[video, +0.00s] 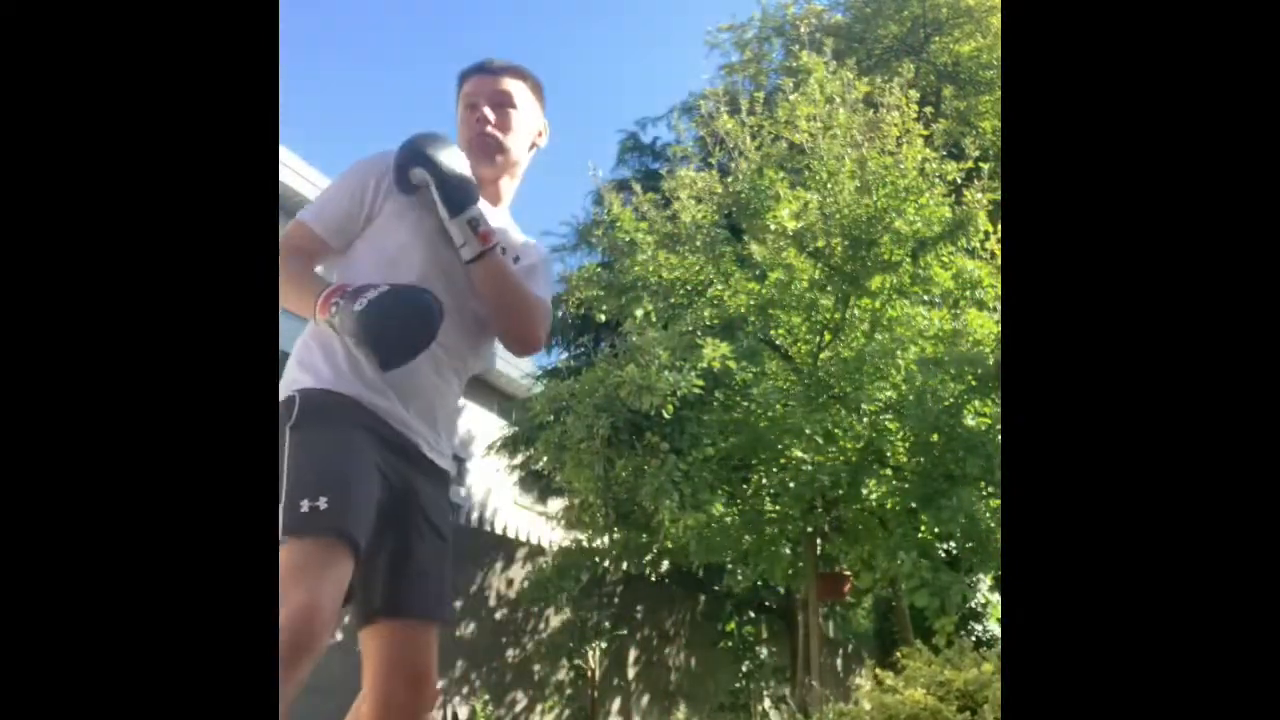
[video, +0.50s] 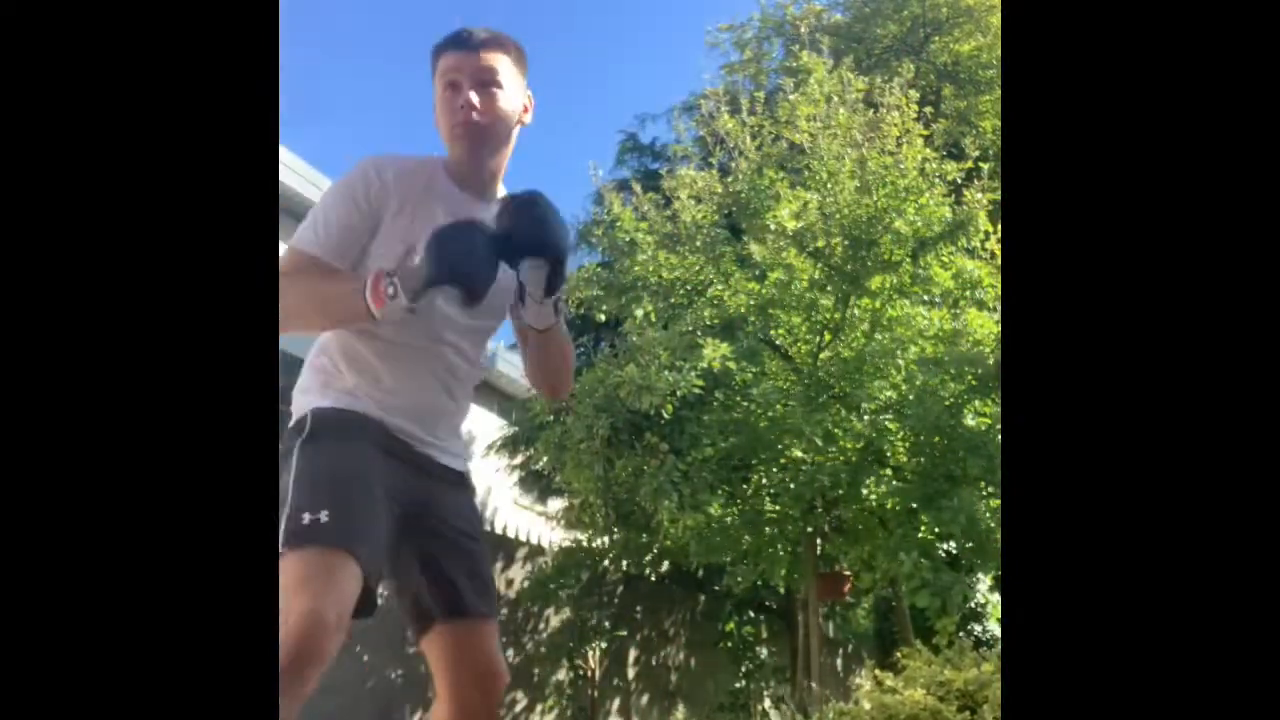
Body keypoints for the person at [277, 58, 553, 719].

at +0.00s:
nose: (484, 113)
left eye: (504, 105)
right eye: (472, 105)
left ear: (539, 137)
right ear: (455, 123)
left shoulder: (527, 252)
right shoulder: (393, 172)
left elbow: (529, 336)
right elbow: (286, 256)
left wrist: (473, 226)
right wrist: (337, 303)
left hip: (428, 451)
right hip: (338, 396)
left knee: (406, 694)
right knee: (304, 621)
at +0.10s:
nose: (466, 97)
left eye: (486, 86)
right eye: (453, 86)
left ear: (522, 115)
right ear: (437, 104)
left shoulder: (517, 238)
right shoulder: (369, 175)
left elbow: (528, 343)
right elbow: (279, 267)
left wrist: (465, 228)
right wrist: (319, 314)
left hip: (426, 455)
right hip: (328, 412)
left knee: (418, 692)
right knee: (303, 634)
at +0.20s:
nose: (436, 88)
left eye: (456, 72)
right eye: (420, 74)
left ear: (499, 95)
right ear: (406, 88)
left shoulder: (511, 223)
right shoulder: (350, 174)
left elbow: (532, 371)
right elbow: (277, 293)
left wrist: (497, 272)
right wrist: (345, 312)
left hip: (424, 452)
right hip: (322, 415)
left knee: (431, 687)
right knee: (297, 627)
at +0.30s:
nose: (415, 83)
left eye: (436, 67)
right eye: (398, 68)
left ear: (479, 89)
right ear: (382, 85)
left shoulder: (503, 211)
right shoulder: (331, 175)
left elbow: (540, 376)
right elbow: (283, 329)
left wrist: (546, 325)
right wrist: (350, 259)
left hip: (424, 448)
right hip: (317, 415)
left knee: (452, 682)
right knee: (290, 625)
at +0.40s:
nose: (430, 86)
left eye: (452, 70)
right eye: (414, 71)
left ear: (493, 91)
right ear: (397, 86)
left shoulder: (508, 215)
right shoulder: (348, 171)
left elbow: (547, 376)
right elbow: (286, 323)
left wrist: (553, 326)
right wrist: (371, 246)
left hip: (429, 447)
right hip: (324, 412)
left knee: (468, 677)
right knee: (295, 619)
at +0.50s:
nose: (469, 98)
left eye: (489, 85)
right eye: (453, 86)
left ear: (525, 109)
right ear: (435, 105)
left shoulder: (523, 233)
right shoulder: (383, 180)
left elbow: (555, 386)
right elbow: (285, 299)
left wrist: (541, 287)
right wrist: (405, 281)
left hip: (440, 456)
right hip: (346, 417)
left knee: (479, 683)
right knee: (308, 631)